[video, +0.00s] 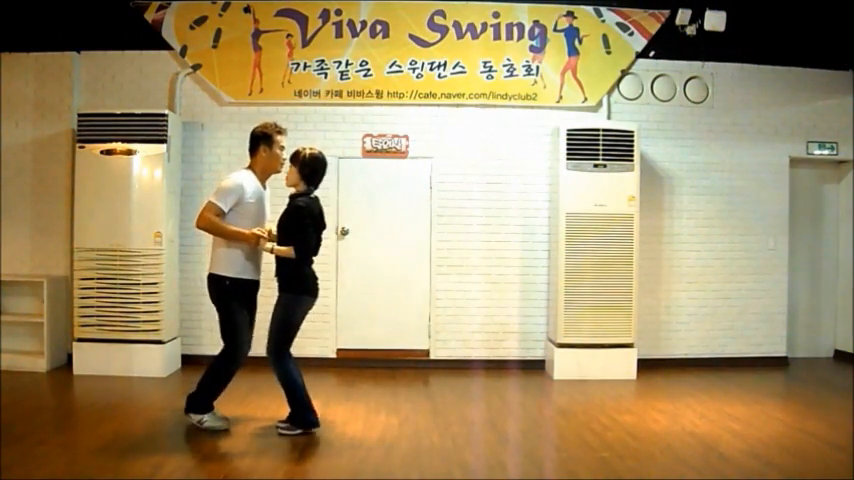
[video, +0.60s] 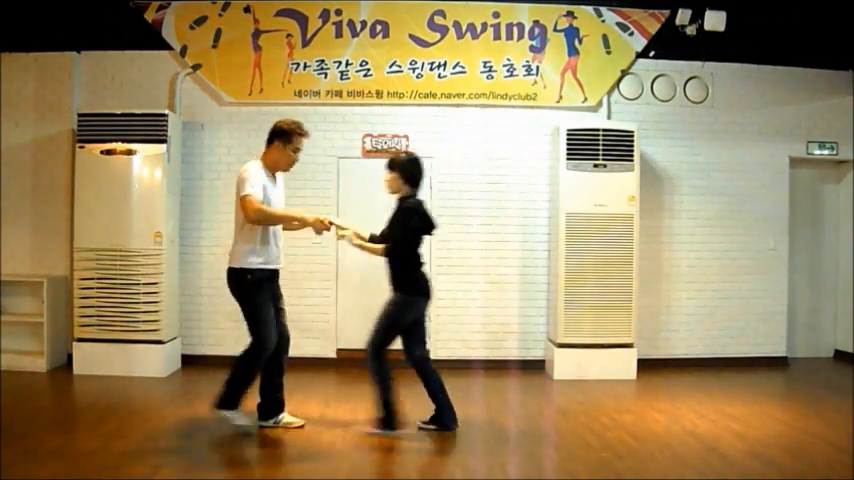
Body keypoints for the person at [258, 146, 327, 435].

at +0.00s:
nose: (285, 169)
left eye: (290, 166)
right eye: (288, 165)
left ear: (301, 173)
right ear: (306, 173)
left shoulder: (300, 206)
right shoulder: (309, 202)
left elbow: (302, 251)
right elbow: (306, 245)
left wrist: (269, 247)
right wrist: (275, 237)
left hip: (296, 288)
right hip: (301, 286)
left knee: (277, 350)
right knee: (279, 349)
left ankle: (303, 417)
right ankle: (302, 412)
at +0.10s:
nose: (289, 171)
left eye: (294, 167)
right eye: (292, 166)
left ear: (305, 174)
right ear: (310, 174)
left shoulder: (305, 207)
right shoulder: (312, 203)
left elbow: (305, 251)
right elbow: (304, 246)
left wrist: (274, 244)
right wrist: (277, 237)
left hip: (301, 290)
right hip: (307, 289)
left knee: (285, 352)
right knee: (290, 351)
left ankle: (307, 419)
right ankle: (317, 412)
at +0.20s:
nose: (301, 173)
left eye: (306, 169)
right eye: (303, 168)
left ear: (317, 176)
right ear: (323, 177)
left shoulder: (315, 208)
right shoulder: (325, 204)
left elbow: (314, 253)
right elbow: (338, 231)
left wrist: (285, 245)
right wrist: (292, 237)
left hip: (312, 293)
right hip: (321, 291)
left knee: (292, 352)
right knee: (306, 352)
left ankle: (307, 421)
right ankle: (357, 398)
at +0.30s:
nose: (317, 177)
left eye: (322, 173)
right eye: (320, 172)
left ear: (332, 179)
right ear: (337, 179)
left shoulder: (333, 212)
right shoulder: (341, 208)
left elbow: (330, 258)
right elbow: (351, 235)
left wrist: (299, 249)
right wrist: (310, 244)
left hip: (330, 296)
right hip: (340, 294)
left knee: (300, 353)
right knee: (341, 357)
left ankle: (307, 421)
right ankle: (397, 391)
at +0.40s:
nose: (340, 180)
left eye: (345, 176)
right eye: (342, 175)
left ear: (357, 182)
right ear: (360, 182)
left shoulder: (359, 214)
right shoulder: (364, 211)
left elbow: (354, 258)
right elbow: (354, 254)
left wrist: (319, 252)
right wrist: (323, 252)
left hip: (357, 299)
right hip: (366, 298)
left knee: (324, 350)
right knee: (377, 356)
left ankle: (309, 420)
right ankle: (429, 401)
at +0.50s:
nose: (365, 180)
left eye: (369, 176)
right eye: (367, 175)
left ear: (382, 181)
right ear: (385, 181)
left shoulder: (386, 213)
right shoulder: (389, 210)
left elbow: (369, 255)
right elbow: (374, 252)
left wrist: (337, 248)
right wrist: (341, 244)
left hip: (387, 298)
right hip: (393, 296)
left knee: (352, 349)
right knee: (403, 355)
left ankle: (331, 417)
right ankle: (442, 411)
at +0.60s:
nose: (385, 178)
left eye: (390, 173)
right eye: (387, 172)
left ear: (402, 178)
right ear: (406, 178)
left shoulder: (409, 211)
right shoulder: (407, 208)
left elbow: (390, 250)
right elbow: (383, 240)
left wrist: (356, 243)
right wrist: (355, 234)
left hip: (407, 294)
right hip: (414, 291)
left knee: (375, 348)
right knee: (417, 355)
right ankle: (445, 415)